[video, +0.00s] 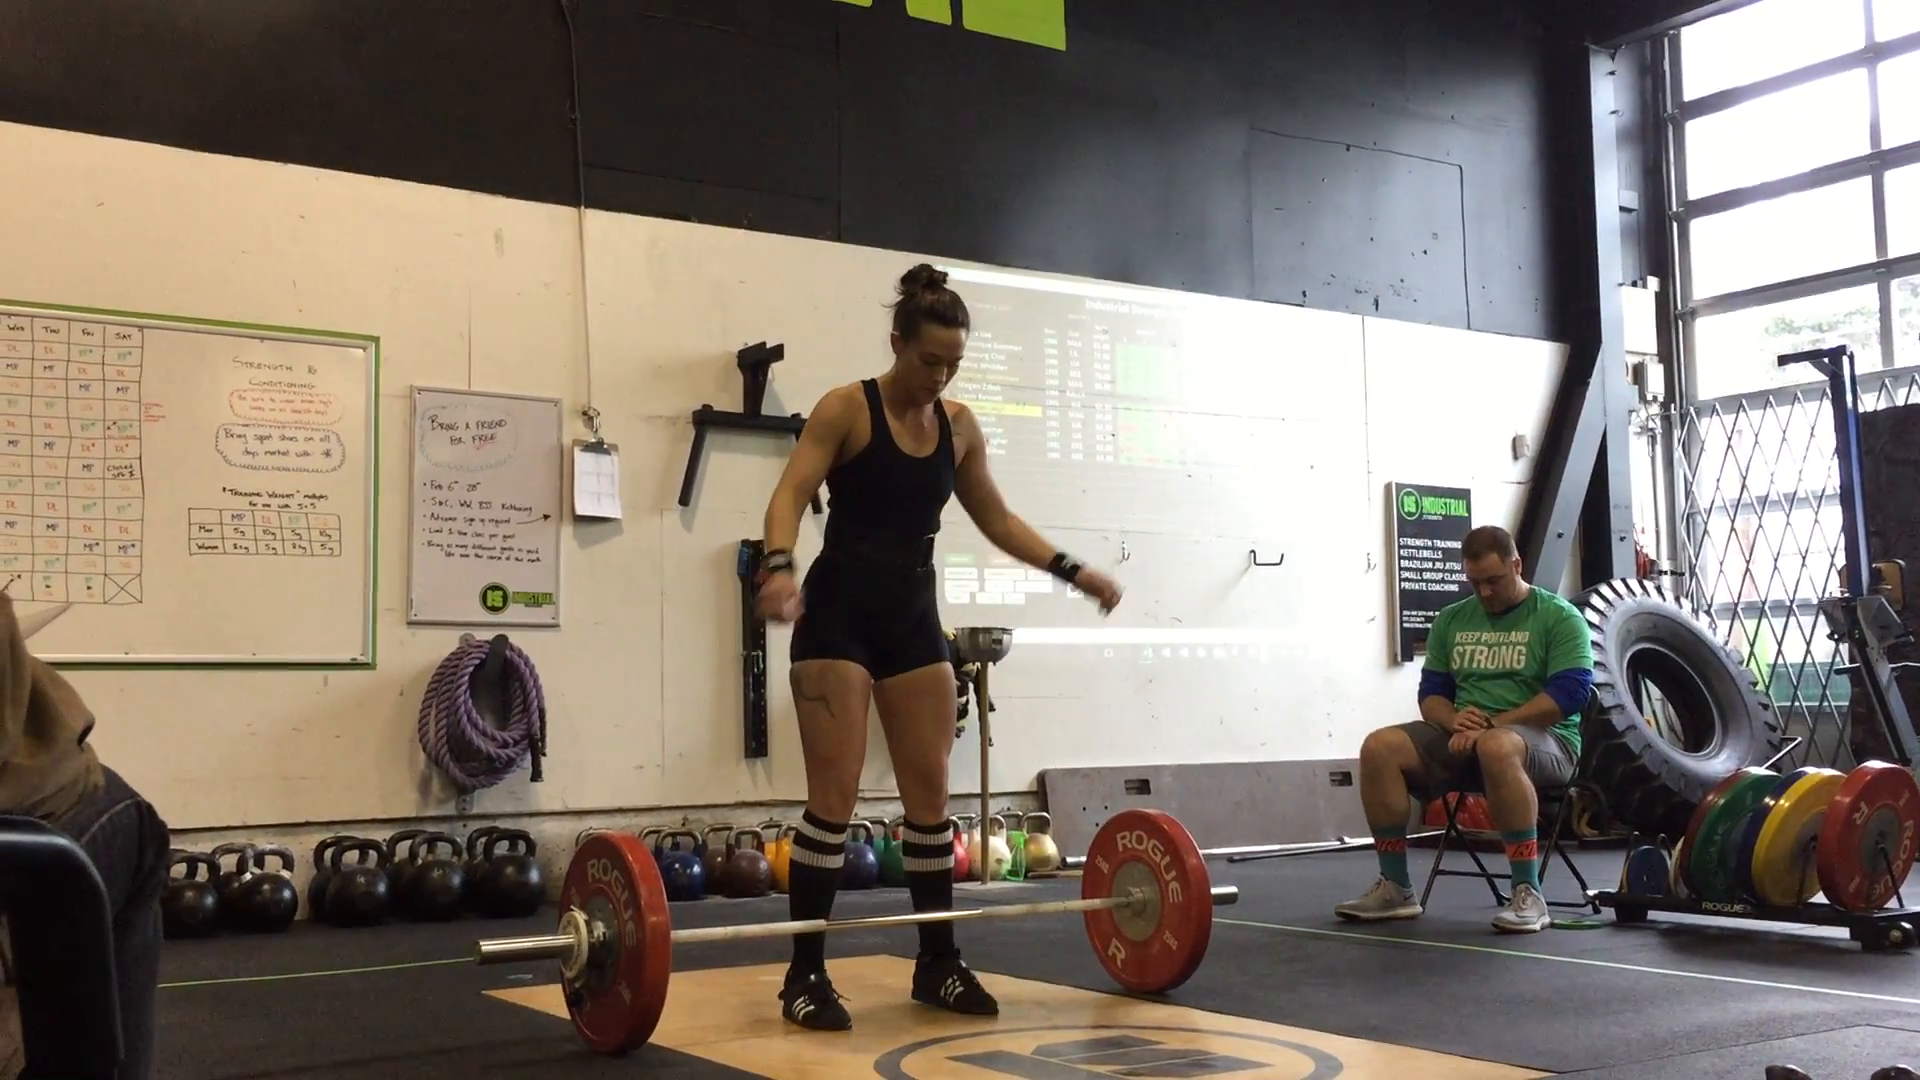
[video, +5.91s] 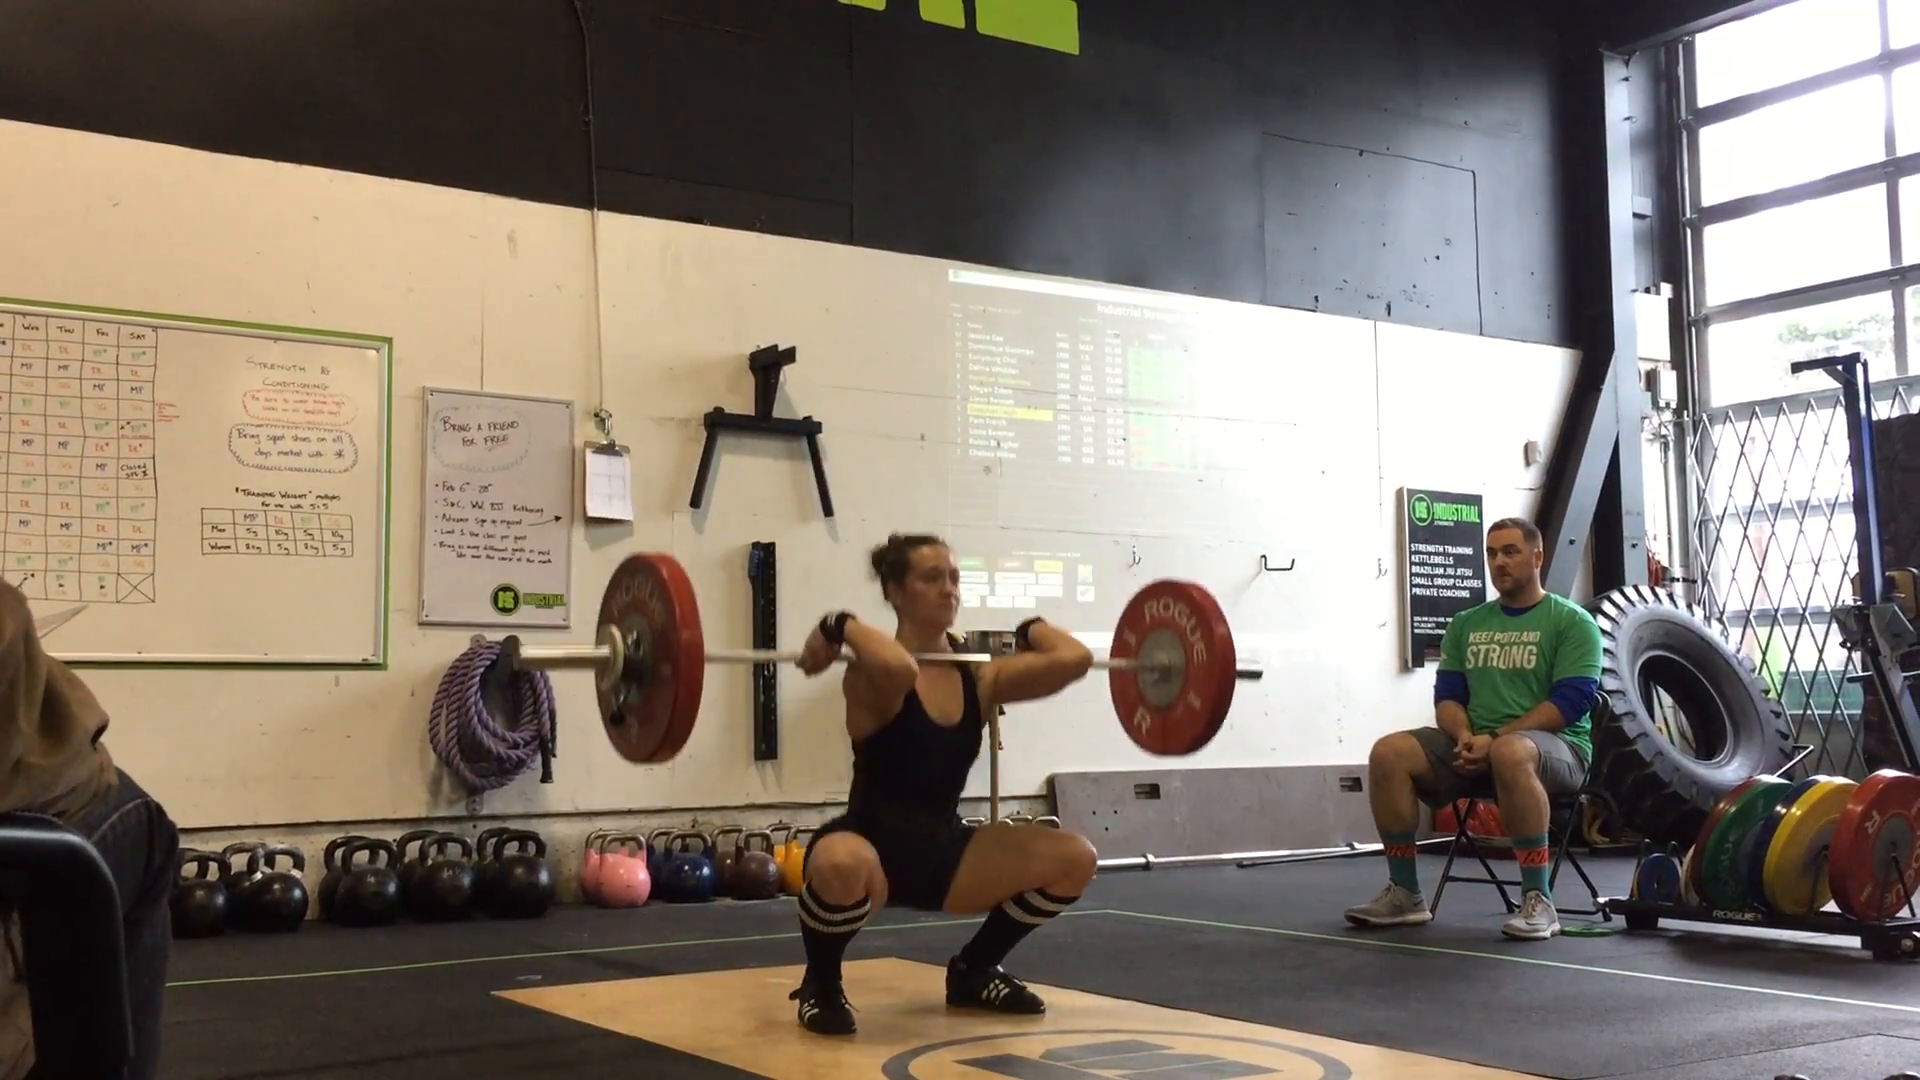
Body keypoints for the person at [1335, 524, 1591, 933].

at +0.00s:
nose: (1484, 593)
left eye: (1493, 581)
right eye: (1475, 583)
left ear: (1518, 565)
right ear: (1465, 573)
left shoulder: (1559, 616)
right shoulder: (1450, 620)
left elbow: (1571, 692)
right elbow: (1431, 695)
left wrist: (1491, 727)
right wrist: (1453, 719)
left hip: (1544, 740)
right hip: (1462, 739)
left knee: (1496, 747)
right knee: (1379, 748)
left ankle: (1527, 895)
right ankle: (1395, 888)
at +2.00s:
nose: (1490, 557)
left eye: (1500, 547)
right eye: (1482, 549)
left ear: (1527, 548)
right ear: (1476, 555)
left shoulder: (1566, 611)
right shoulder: (1459, 613)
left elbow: (1571, 690)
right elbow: (1441, 684)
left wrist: (1494, 724)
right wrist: (1458, 721)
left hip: (1550, 735)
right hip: (1470, 735)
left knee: (1503, 743)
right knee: (1384, 744)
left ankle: (1532, 890)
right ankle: (1400, 884)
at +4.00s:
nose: (1499, 556)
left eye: (1510, 547)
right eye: (1492, 548)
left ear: (1538, 551)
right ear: (1486, 554)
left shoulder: (1573, 613)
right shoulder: (1465, 615)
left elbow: (1571, 694)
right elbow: (1449, 688)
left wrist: (1497, 732)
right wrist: (1464, 726)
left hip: (1556, 738)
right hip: (1477, 738)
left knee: (1511, 743)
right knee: (1390, 745)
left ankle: (1539, 893)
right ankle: (1407, 886)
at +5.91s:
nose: (1498, 562)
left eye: (1510, 552)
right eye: (1492, 554)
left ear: (1537, 557)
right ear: (1486, 561)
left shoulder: (1572, 622)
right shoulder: (1465, 625)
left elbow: (1571, 703)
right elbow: (1448, 698)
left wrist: (1497, 740)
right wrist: (1463, 734)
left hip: (1555, 746)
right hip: (1475, 746)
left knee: (1510, 752)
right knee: (1388, 754)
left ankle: (1537, 902)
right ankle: (1405, 894)